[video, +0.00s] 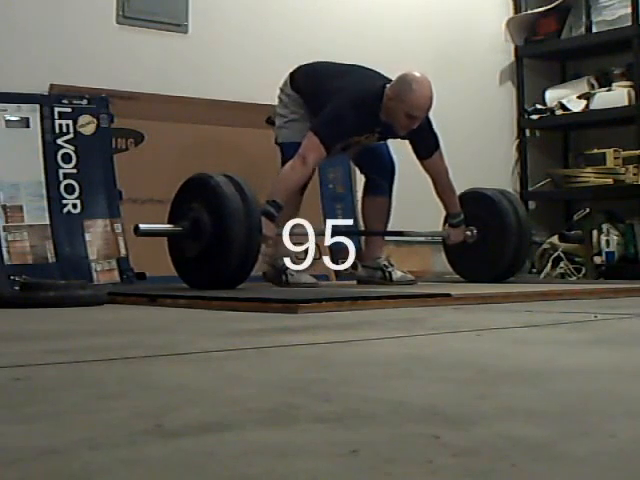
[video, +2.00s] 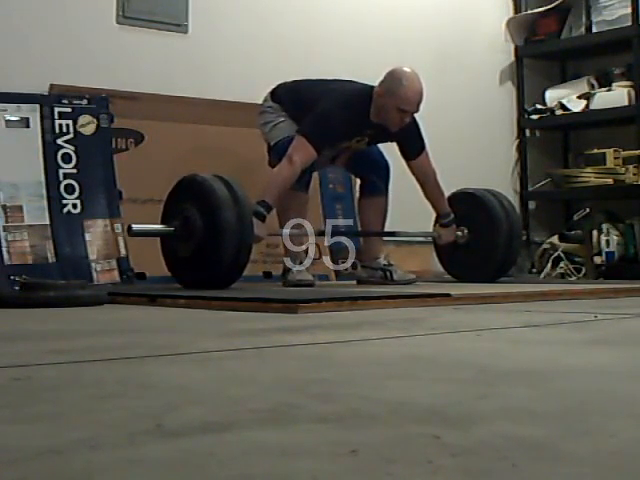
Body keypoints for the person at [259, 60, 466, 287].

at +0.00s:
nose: (414, 126)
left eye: (420, 120)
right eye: (410, 117)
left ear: (426, 112)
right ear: (389, 101)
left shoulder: (415, 116)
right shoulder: (353, 106)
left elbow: (438, 169)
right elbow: (303, 161)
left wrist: (456, 218)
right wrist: (269, 214)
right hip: (300, 101)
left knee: (382, 169)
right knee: (299, 175)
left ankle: (372, 262)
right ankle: (275, 260)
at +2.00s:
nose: (406, 121)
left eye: (411, 114)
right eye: (401, 112)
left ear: (416, 107)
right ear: (380, 97)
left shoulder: (404, 121)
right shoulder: (341, 107)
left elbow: (424, 171)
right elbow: (294, 160)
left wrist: (446, 217)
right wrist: (260, 212)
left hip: (329, 126)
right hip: (282, 113)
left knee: (376, 167)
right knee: (297, 169)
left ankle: (371, 263)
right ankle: (296, 266)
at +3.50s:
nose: (405, 109)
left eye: (412, 103)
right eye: (401, 100)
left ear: (417, 100)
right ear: (380, 88)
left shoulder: (410, 127)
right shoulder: (342, 110)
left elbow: (432, 177)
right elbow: (295, 163)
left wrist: (448, 220)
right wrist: (259, 215)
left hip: (337, 151)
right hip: (286, 134)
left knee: (396, 174)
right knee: (298, 173)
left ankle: (374, 263)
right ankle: (293, 266)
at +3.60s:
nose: (404, 105)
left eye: (410, 98)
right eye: (399, 95)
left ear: (415, 97)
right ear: (377, 87)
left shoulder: (410, 128)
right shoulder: (340, 112)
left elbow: (433, 176)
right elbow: (293, 159)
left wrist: (450, 220)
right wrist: (261, 213)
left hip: (345, 180)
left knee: (403, 175)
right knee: (307, 171)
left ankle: (374, 263)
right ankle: (293, 266)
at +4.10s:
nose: (402, 66)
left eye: (404, 60)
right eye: (392, 58)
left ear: (405, 69)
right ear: (366, 68)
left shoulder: (401, 119)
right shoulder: (335, 103)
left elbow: (425, 166)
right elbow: (294, 153)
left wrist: (447, 211)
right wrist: (265, 206)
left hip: (355, 181)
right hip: (316, 177)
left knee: (409, 178)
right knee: (315, 171)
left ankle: (375, 262)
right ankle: (294, 264)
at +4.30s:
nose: (406, 43)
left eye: (409, 38)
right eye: (396, 36)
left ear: (412, 47)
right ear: (372, 44)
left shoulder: (402, 96)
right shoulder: (341, 78)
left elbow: (424, 141)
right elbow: (296, 127)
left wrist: (445, 188)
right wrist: (265, 176)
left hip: (350, 145)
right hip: (302, 138)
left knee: (396, 172)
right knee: (305, 157)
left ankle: (375, 262)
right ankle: (292, 263)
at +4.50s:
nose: (404, 7)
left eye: (406, 2)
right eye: (394, 1)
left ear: (408, 10)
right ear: (371, 6)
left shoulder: (399, 62)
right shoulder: (340, 44)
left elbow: (417, 106)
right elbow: (291, 89)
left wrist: (439, 154)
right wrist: (261, 134)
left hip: (341, 119)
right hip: (296, 112)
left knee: (380, 168)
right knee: (294, 159)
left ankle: (374, 262)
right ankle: (291, 263)